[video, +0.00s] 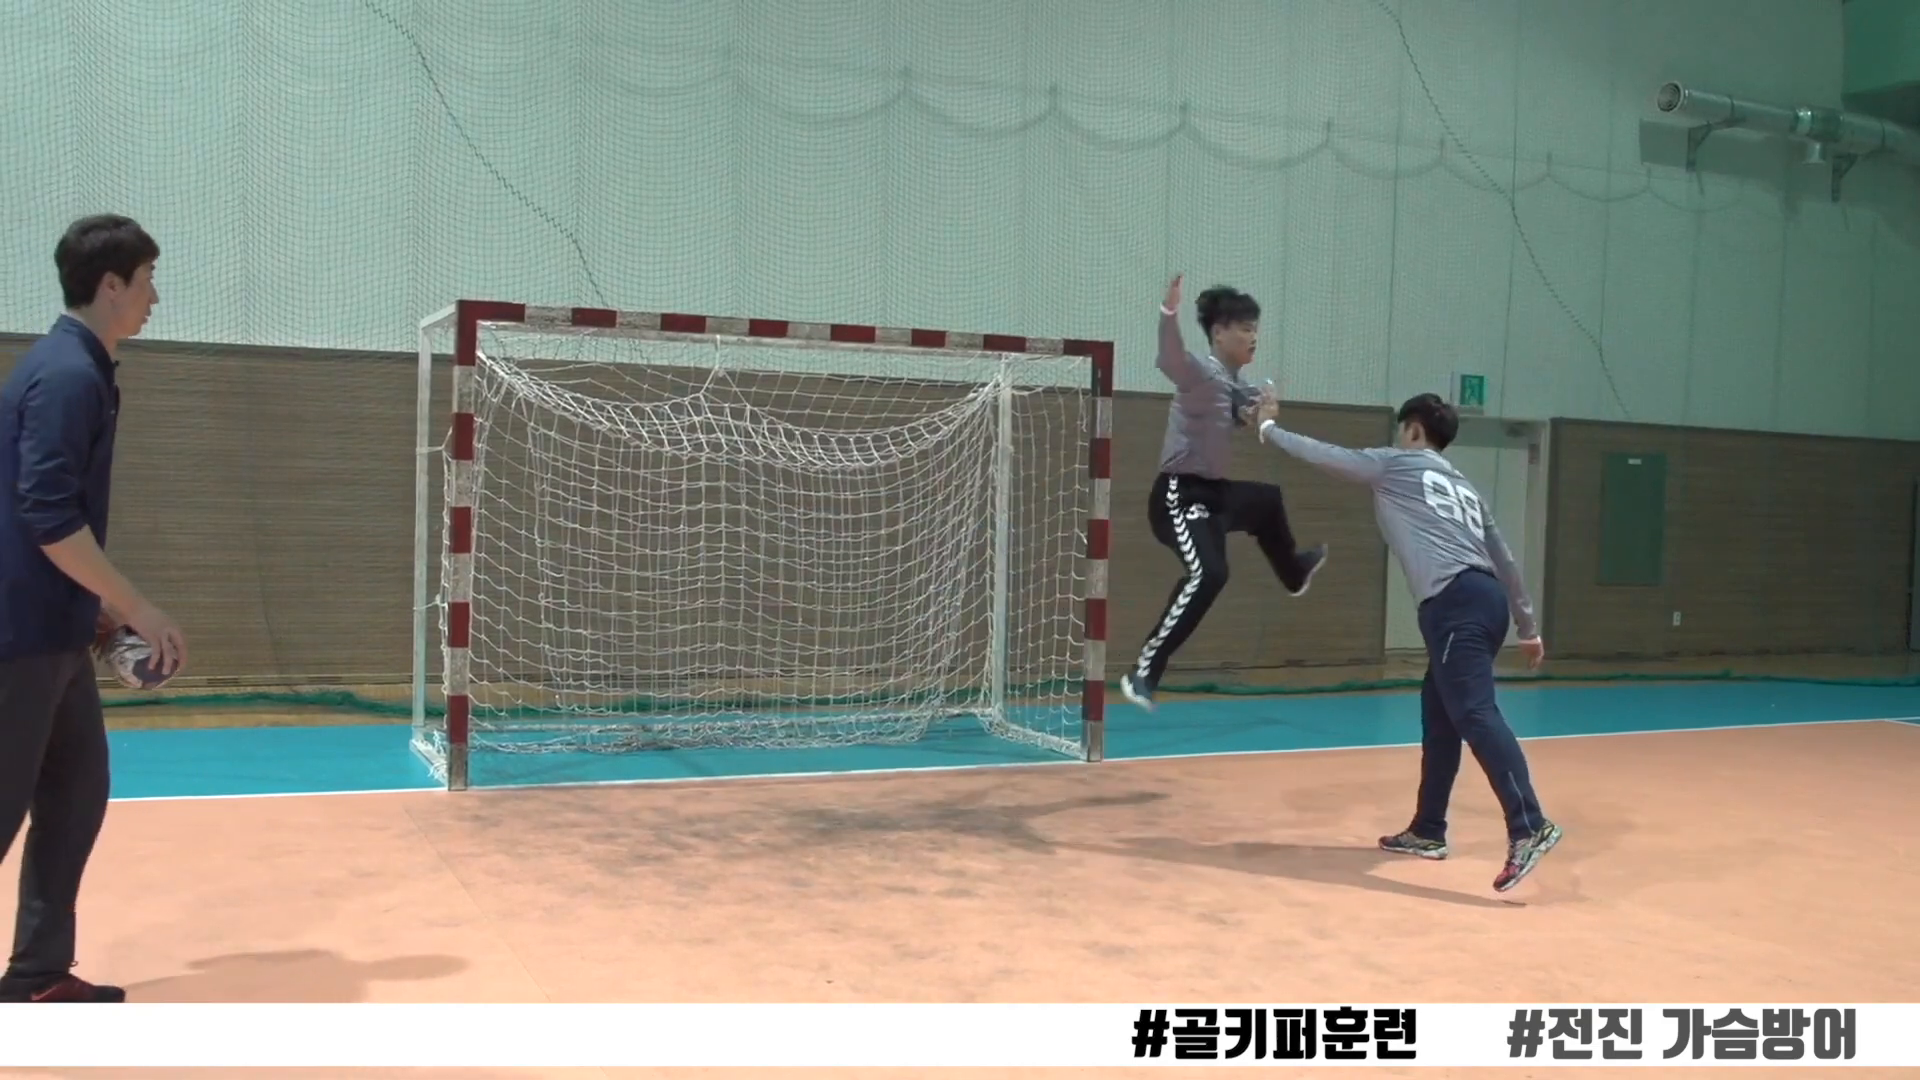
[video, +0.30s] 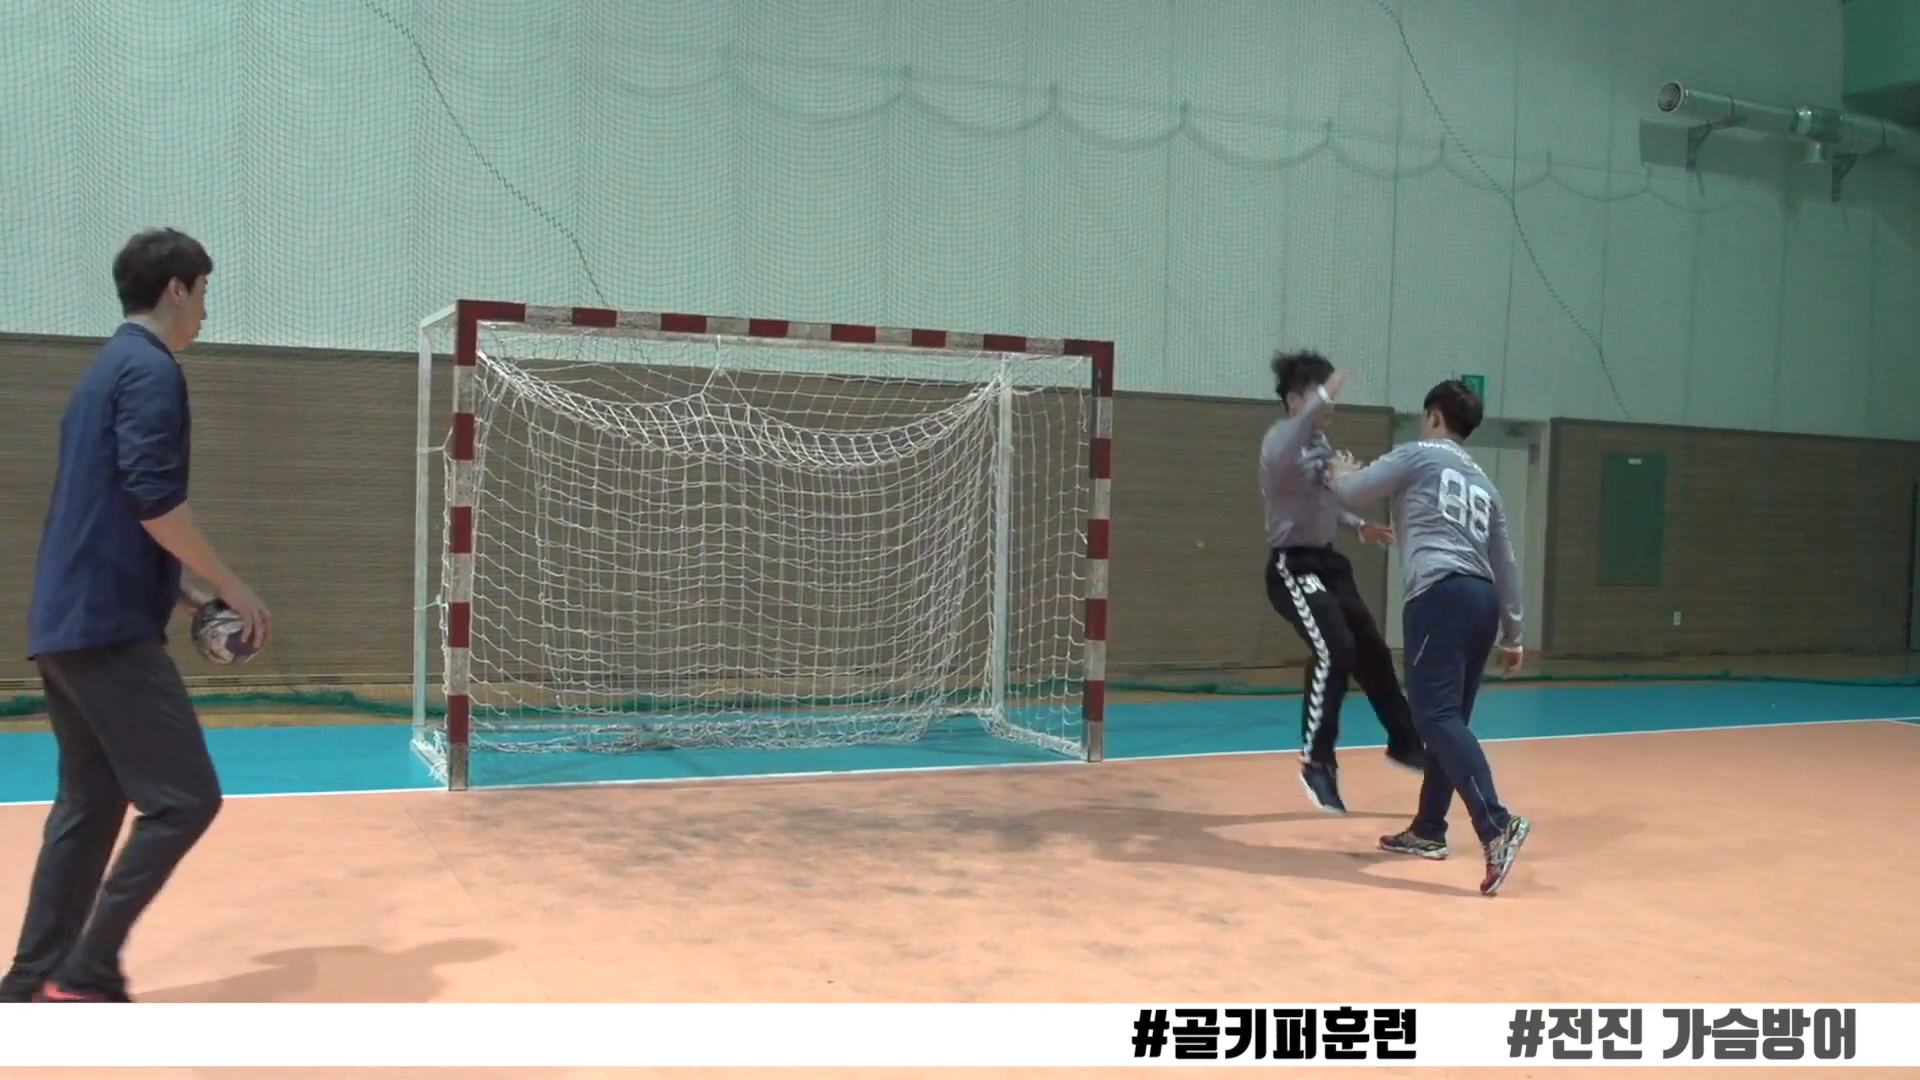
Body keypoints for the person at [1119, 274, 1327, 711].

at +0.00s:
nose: (1253, 338)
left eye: (1255, 329)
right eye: (1245, 328)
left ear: (1249, 335)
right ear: (1217, 333)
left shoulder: (1234, 384)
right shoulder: (1199, 372)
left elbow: (1238, 416)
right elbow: (1172, 360)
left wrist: (1260, 408)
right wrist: (1169, 317)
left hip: (1214, 494)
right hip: (1179, 495)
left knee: (1267, 500)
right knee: (1208, 573)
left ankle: (1293, 573)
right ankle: (1143, 674)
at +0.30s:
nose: (1324, 404)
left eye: (1326, 397)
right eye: (1314, 397)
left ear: (1325, 401)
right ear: (1291, 399)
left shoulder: (1320, 444)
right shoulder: (1278, 440)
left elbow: (1328, 498)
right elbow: (1280, 451)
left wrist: (1361, 526)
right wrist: (1321, 398)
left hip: (1329, 564)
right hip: (1293, 566)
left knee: (1372, 651)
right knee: (1335, 650)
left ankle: (1405, 741)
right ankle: (1318, 763)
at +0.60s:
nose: (1338, 472)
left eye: (1345, 465)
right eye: (1327, 464)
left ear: (1351, 473)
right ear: (1307, 472)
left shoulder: (1329, 524)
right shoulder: (1297, 520)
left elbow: (1333, 583)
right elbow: (1258, 578)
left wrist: (1378, 585)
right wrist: (1285, 627)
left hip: (1320, 639)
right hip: (1282, 644)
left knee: (1376, 711)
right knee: (1349, 714)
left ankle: (1409, 796)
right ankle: (1351, 829)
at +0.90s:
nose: (1195, 442)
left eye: (1205, 434)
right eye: (1188, 434)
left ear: (1222, 440)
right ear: (1178, 439)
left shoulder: (1222, 497)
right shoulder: (1162, 489)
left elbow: (1224, 551)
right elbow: (1124, 542)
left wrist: (1249, 582)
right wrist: (1147, 568)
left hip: (1205, 614)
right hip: (1161, 612)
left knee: (1245, 704)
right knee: (1166, 713)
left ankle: (1230, 803)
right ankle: (1086, 779)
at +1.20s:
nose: (1032, 439)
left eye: (1044, 431)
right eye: (1027, 429)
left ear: (1064, 439)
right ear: (1020, 432)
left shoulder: (1076, 496)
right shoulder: (986, 482)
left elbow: (1104, 534)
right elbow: (942, 528)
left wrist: (1121, 554)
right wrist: (912, 582)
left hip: (1024, 603)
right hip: (976, 595)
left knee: (1020, 699)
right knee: (973, 682)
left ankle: (960, 726)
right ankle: (966, 762)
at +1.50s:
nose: (859, 463)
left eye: (871, 456)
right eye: (855, 454)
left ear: (893, 468)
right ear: (848, 458)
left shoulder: (906, 534)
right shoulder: (813, 504)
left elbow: (937, 571)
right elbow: (772, 535)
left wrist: (957, 580)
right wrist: (721, 557)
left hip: (861, 641)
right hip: (806, 632)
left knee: (892, 725)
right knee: (766, 708)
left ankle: (919, 756)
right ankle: (766, 788)